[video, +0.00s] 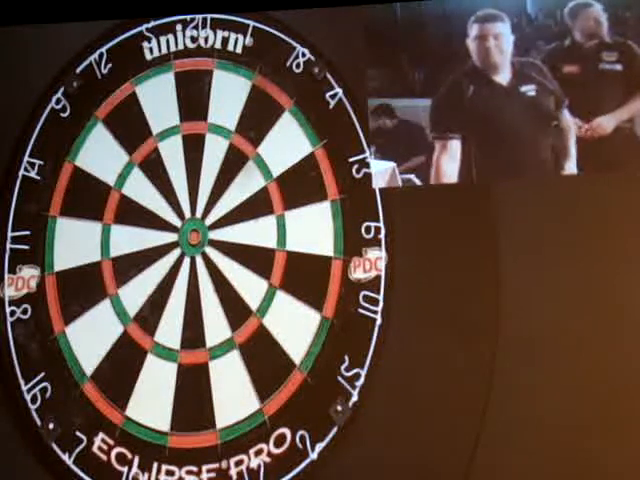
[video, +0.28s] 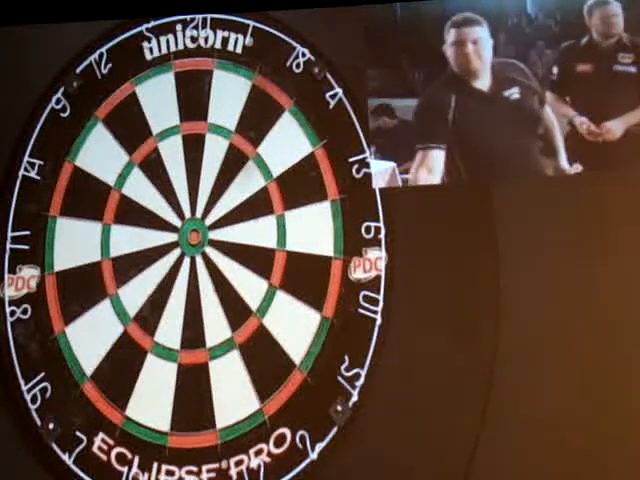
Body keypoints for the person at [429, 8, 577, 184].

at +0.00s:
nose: (489, 45)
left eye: (497, 37)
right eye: (481, 38)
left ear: (512, 41)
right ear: (468, 45)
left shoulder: (535, 72)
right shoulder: (457, 90)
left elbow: (564, 120)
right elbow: (447, 152)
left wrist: (569, 166)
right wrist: (442, 208)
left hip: (546, 192)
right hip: (490, 198)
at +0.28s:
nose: (468, 51)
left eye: (476, 42)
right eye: (459, 44)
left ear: (491, 45)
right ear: (446, 51)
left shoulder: (514, 73)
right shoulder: (439, 98)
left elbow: (545, 115)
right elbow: (427, 169)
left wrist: (563, 163)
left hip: (543, 193)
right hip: (484, 203)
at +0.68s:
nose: (457, 56)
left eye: (465, 47)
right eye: (446, 49)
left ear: (479, 51)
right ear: (434, 57)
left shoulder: (505, 74)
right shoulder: (431, 103)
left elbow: (542, 115)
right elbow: (407, 162)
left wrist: (561, 161)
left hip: (537, 197)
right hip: (478, 208)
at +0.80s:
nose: (456, 57)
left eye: (463, 47)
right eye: (445, 51)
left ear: (478, 51)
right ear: (433, 59)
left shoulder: (503, 74)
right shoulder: (432, 102)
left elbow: (542, 115)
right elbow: (402, 153)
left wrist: (561, 161)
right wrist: (367, 189)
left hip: (537, 195)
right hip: (480, 207)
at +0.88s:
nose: (455, 57)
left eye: (462, 48)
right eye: (444, 51)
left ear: (476, 52)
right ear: (432, 60)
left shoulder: (503, 75)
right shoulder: (432, 102)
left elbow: (541, 116)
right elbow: (402, 141)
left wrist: (560, 162)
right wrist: (366, 163)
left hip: (536, 194)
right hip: (479, 206)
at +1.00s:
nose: (455, 58)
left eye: (462, 49)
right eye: (444, 52)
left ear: (476, 52)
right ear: (431, 60)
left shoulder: (503, 76)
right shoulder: (430, 104)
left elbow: (540, 115)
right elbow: (404, 136)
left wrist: (559, 162)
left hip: (539, 188)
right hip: (484, 201)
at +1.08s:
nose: (454, 59)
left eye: (461, 49)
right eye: (443, 52)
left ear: (476, 52)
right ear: (430, 61)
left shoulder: (502, 76)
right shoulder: (432, 103)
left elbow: (539, 115)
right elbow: (393, 147)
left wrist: (559, 163)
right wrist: (373, 92)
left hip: (543, 194)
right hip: (485, 208)